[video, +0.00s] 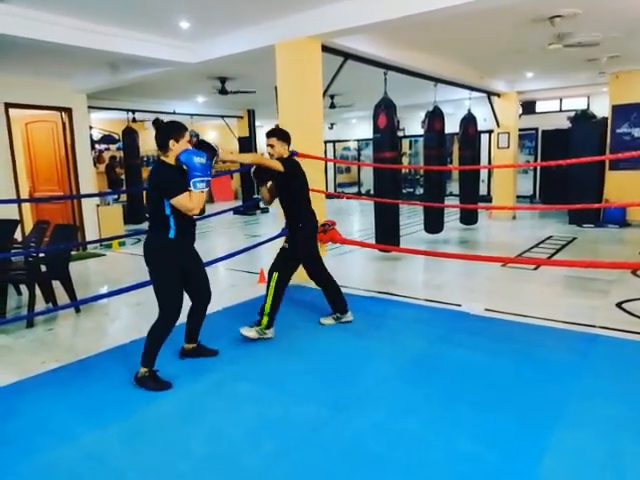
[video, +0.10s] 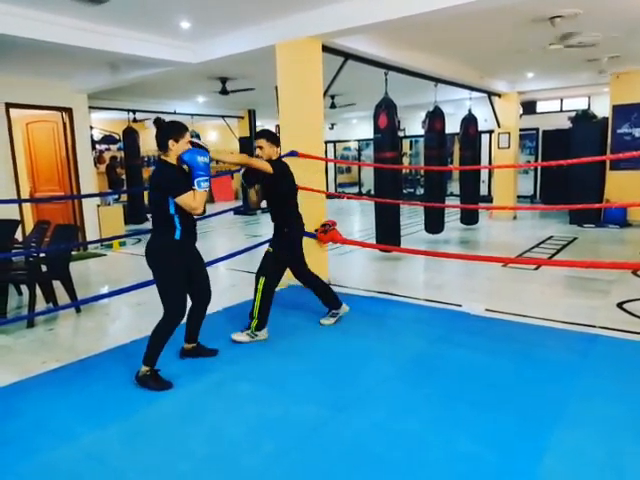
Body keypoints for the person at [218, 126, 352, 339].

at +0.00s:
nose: (268, 151)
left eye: (272, 146)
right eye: (268, 147)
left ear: (285, 145)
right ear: (281, 147)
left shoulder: (289, 165)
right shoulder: (283, 168)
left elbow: (259, 159)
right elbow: (268, 199)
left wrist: (229, 157)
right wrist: (261, 178)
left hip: (300, 229)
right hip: (303, 227)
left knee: (278, 273)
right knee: (317, 271)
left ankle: (265, 326)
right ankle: (342, 312)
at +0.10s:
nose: (257, 153)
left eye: (260, 148)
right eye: (256, 149)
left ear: (275, 147)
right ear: (264, 150)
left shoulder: (279, 168)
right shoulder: (270, 170)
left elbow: (247, 160)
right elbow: (255, 203)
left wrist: (215, 156)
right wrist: (249, 179)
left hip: (287, 230)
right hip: (287, 228)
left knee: (265, 277)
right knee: (302, 272)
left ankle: (257, 329)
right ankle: (337, 306)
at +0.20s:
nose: (246, 152)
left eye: (249, 147)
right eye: (245, 148)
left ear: (263, 146)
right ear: (249, 150)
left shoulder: (267, 167)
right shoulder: (260, 168)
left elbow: (238, 160)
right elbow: (245, 202)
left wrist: (212, 156)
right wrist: (238, 181)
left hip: (274, 229)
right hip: (274, 227)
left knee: (252, 278)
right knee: (272, 274)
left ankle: (256, 329)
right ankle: (315, 296)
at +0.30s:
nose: (236, 149)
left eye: (241, 144)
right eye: (235, 144)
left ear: (254, 143)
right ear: (237, 145)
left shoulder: (258, 164)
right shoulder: (250, 167)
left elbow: (231, 156)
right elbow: (233, 198)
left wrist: (207, 150)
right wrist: (230, 178)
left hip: (263, 224)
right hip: (263, 222)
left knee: (248, 278)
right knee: (255, 273)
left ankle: (257, 329)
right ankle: (286, 300)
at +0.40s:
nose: (227, 147)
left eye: (231, 142)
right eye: (226, 142)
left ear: (245, 140)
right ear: (230, 143)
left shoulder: (250, 161)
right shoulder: (238, 165)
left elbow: (223, 152)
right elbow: (226, 197)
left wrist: (195, 146)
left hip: (258, 224)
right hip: (246, 222)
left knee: (248, 275)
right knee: (234, 269)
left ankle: (258, 327)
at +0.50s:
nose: (217, 147)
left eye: (220, 143)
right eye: (216, 143)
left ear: (232, 140)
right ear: (224, 142)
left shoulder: (245, 159)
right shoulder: (230, 161)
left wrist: (218, 153)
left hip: (250, 223)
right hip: (237, 222)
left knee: (243, 280)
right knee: (228, 274)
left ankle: (259, 327)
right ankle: (218, 318)